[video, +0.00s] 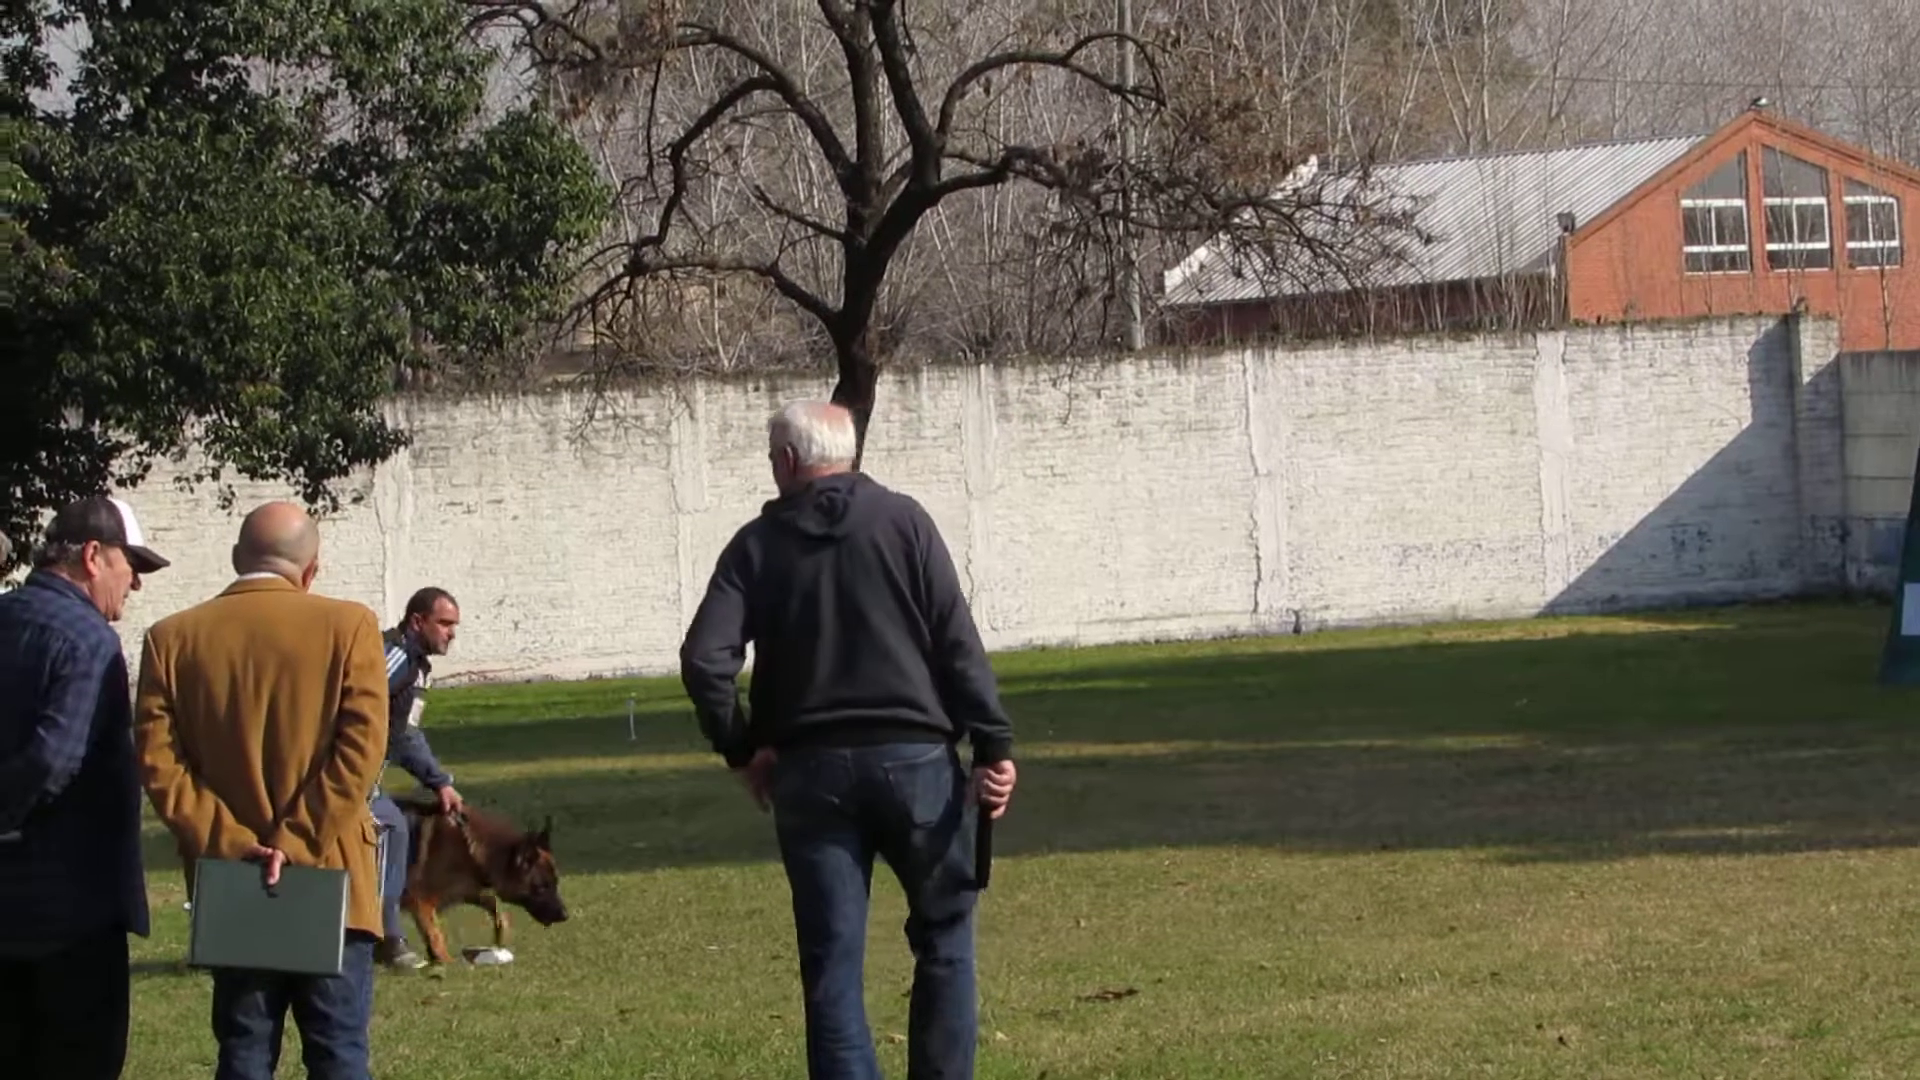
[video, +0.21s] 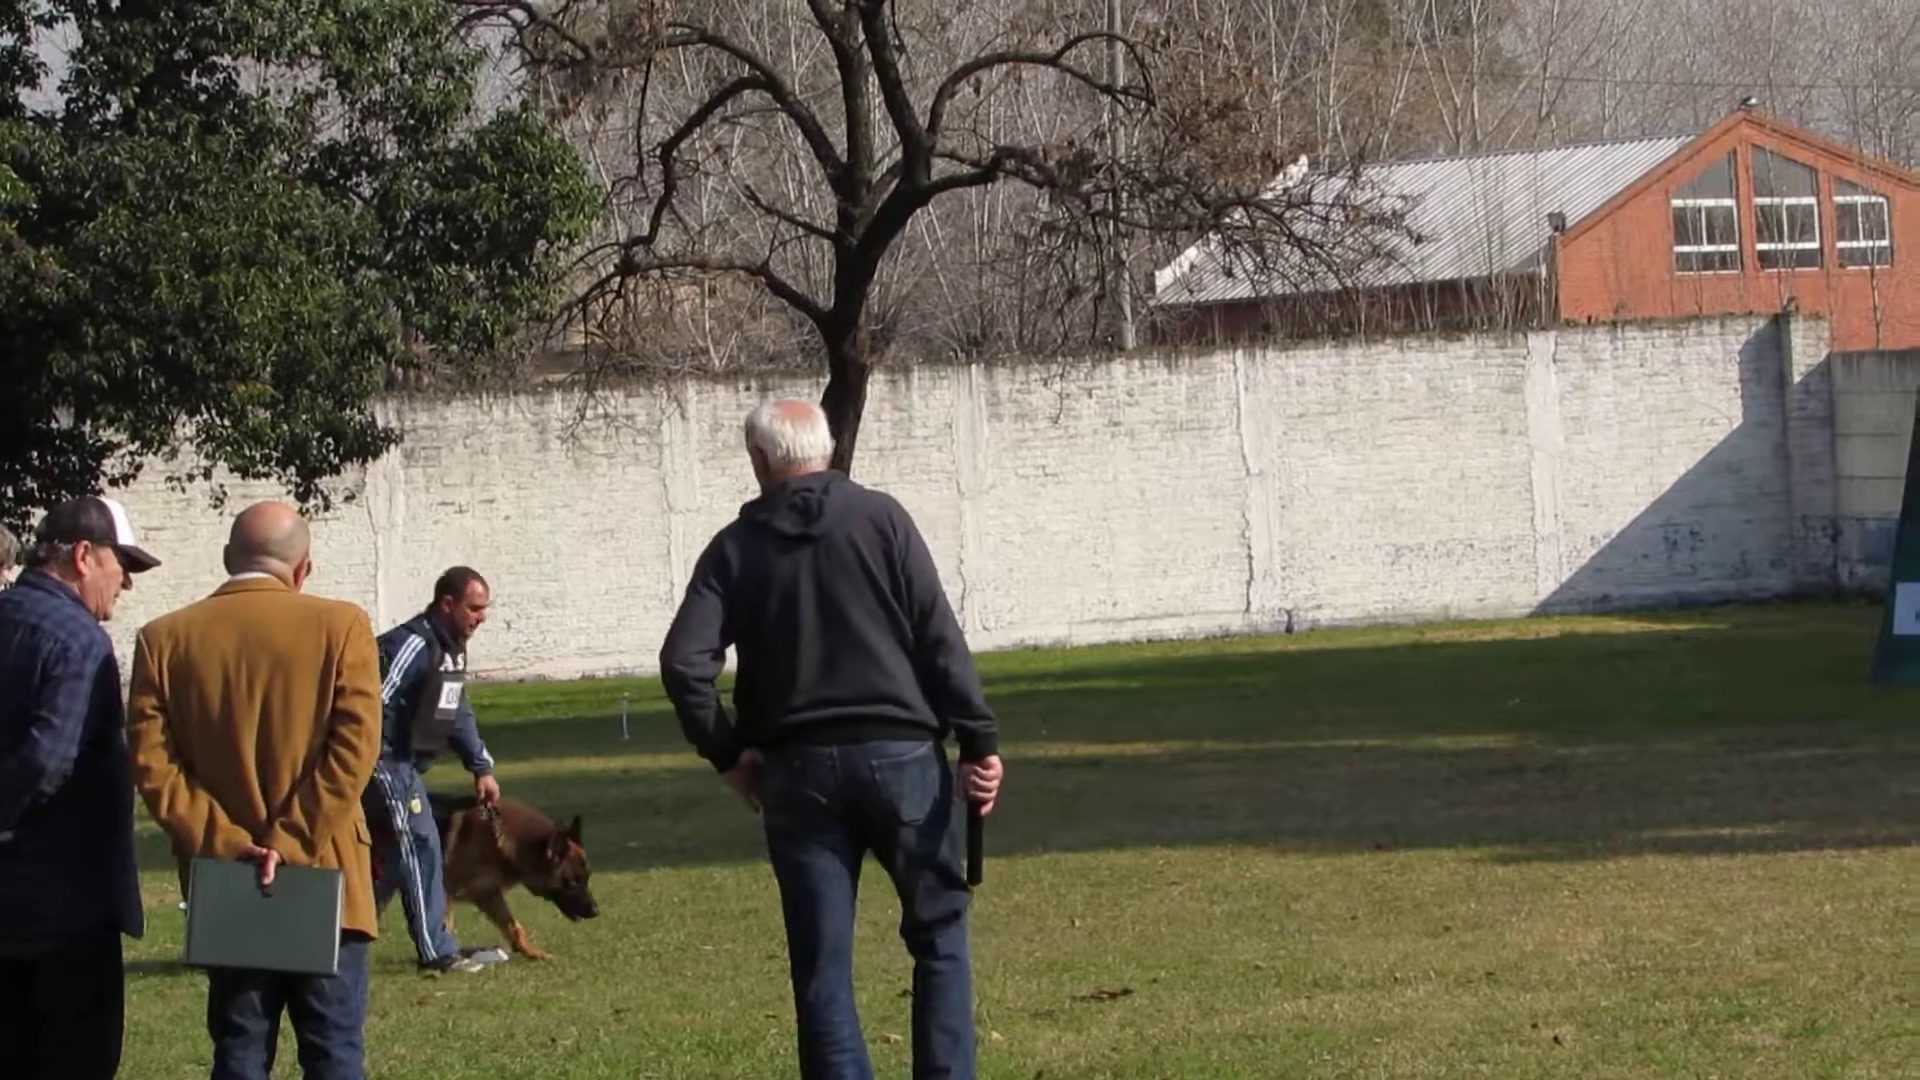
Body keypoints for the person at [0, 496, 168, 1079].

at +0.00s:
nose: (135, 584)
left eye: (137, 571)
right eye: (131, 567)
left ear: (68, 555)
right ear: (92, 557)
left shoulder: (8, 612)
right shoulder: (87, 638)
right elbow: (51, 760)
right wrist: (9, 820)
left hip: (14, 892)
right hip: (71, 900)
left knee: (20, 1049)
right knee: (85, 1059)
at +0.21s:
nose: (126, 584)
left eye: (128, 571)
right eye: (122, 567)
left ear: (63, 556)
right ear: (83, 558)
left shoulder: (8, 610)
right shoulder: (77, 637)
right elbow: (44, 760)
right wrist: (7, 820)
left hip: (14, 891)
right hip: (65, 898)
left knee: (20, 1048)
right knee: (81, 1057)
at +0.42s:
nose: (131, 582)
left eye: (133, 569)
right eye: (126, 565)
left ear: (66, 555)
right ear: (87, 557)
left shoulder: (13, 610)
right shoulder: (82, 634)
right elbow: (47, 749)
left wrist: (19, 812)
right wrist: (11, 817)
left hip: (18, 887)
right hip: (69, 895)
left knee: (25, 1047)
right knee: (84, 1056)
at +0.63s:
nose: (117, 575)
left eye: (118, 561)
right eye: (112, 558)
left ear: (61, 551)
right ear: (74, 551)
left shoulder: (13, 602)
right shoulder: (69, 623)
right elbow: (37, 724)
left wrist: (106, 688)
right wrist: (23, 830)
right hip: (62, 900)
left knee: (24, 1049)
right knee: (76, 1057)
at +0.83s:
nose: (103, 527)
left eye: (104, 513)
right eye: (97, 511)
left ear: (50, 505)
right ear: (60, 504)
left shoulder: (15, 557)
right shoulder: (55, 574)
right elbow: (31, 680)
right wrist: (87, 760)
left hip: (18, 832)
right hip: (47, 843)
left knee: (27, 1003)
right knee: (64, 1006)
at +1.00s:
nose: (98, 446)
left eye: (99, 433)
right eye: (91, 431)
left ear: (45, 428)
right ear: (53, 426)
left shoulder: (27, 489)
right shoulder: (44, 499)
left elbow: (46, 617)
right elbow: (45, 619)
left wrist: (112, 656)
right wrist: (116, 659)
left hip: (32, 751)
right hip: (43, 758)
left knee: (46, 911)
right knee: (54, 917)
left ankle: (36, 1050)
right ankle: (41, 1055)